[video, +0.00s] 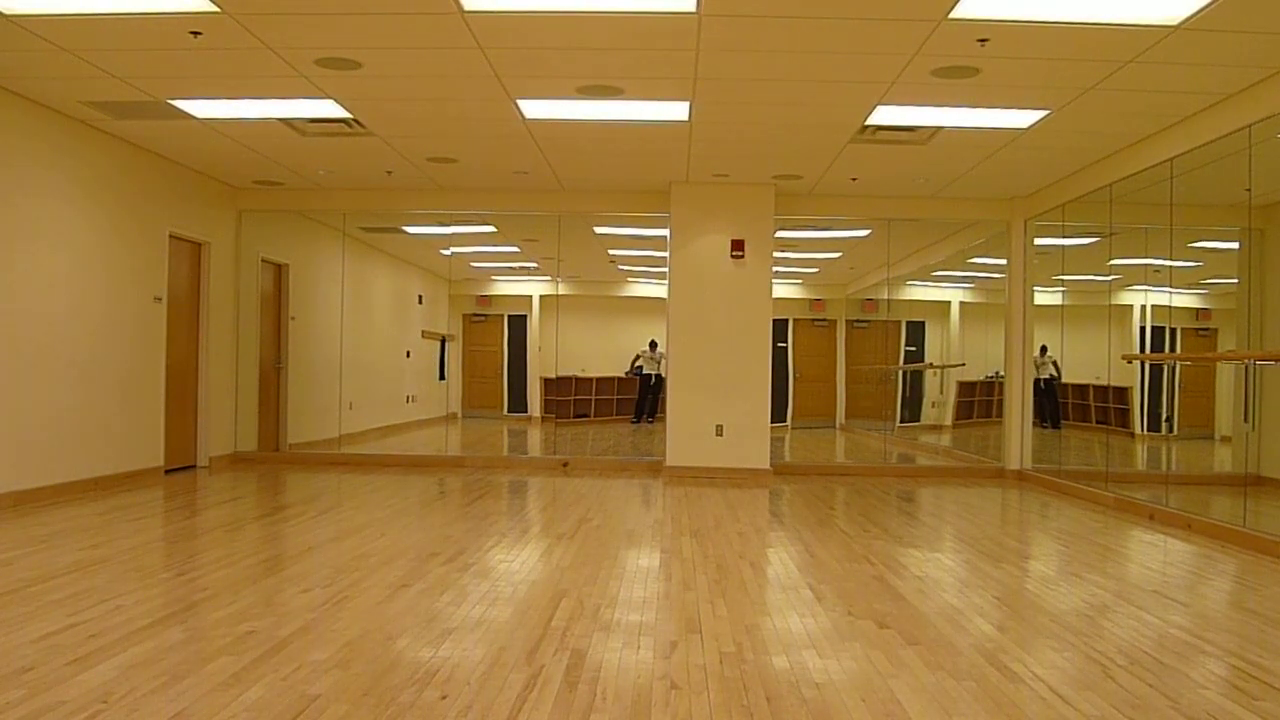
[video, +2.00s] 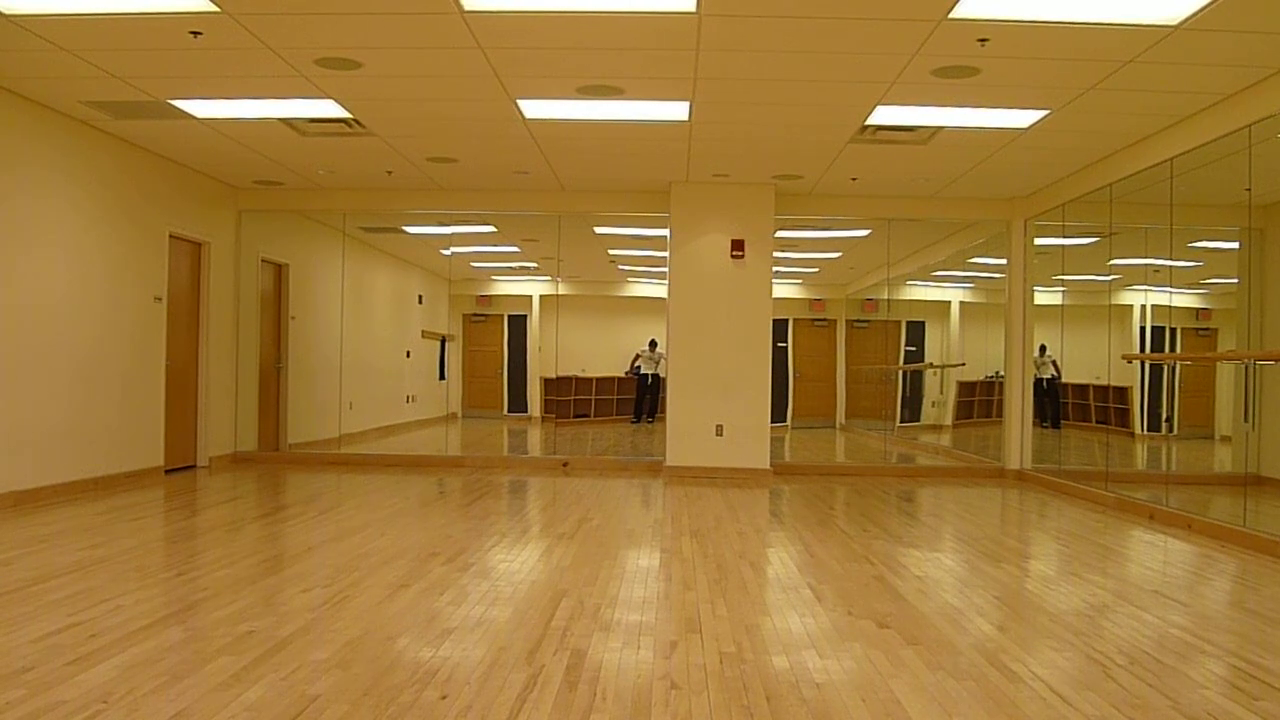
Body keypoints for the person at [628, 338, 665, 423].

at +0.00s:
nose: (653, 351)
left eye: (654, 349)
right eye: (651, 349)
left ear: (656, 348)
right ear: (649, 347)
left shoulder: (660, 354)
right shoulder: (643, 352)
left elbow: (669, 361)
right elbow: (635, 359)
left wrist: (666, 373)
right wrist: (631, 370)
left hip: (657, 374)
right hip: (646, 373)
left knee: (655, 396)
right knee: (642, 395)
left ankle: (651, 416)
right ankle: (637, 416)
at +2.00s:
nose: (652, 350)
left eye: (653, 348)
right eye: (650, 348)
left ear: (656, 348)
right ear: (648, 346)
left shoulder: (660, 354)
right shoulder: (642, 352)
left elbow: (668, 361)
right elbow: (634, 360)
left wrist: (667, 373)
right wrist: (631, 370)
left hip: (654, 374)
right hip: (643, 373)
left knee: (654, 396)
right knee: (640, 395)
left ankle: (651, 416)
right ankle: (637, 416)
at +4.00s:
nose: (652, 349)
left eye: (653, 347)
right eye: (650, 347)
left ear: (656, 347)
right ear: (648, 346)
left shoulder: (660, 354)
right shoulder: (642, 352)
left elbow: (668, 362)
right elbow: (634, 360)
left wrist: (668, 373)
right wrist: (631, 370)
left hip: (654, 373)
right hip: (643, 373)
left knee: (654, 396)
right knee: (640, 395)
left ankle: (651, 416)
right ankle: (637, 416)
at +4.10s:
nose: (652, 349)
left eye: (653, 347)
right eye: (650, 347)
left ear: (656, 347)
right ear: (648, 346)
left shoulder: (660, 354)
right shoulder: (642, 352)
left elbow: (668, 361)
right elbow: (634, 360)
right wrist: (630, 370)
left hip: (654, 373)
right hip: (643, 373)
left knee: (654, 396)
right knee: (640, 395)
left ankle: (651, 416)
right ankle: (637, 416)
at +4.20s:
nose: (652, 349)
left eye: (653, 347)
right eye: (650, 347)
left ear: (656, 347)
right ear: (648, 346)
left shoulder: (660, 354)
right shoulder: (642, 352)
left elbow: (668, 362)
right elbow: (634, 360)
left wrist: (668, 373)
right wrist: (631, 370)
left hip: (654, 373)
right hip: (643, 373)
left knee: (654, 396)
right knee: (640, 395)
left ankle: (651, 416)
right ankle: (637, 416)